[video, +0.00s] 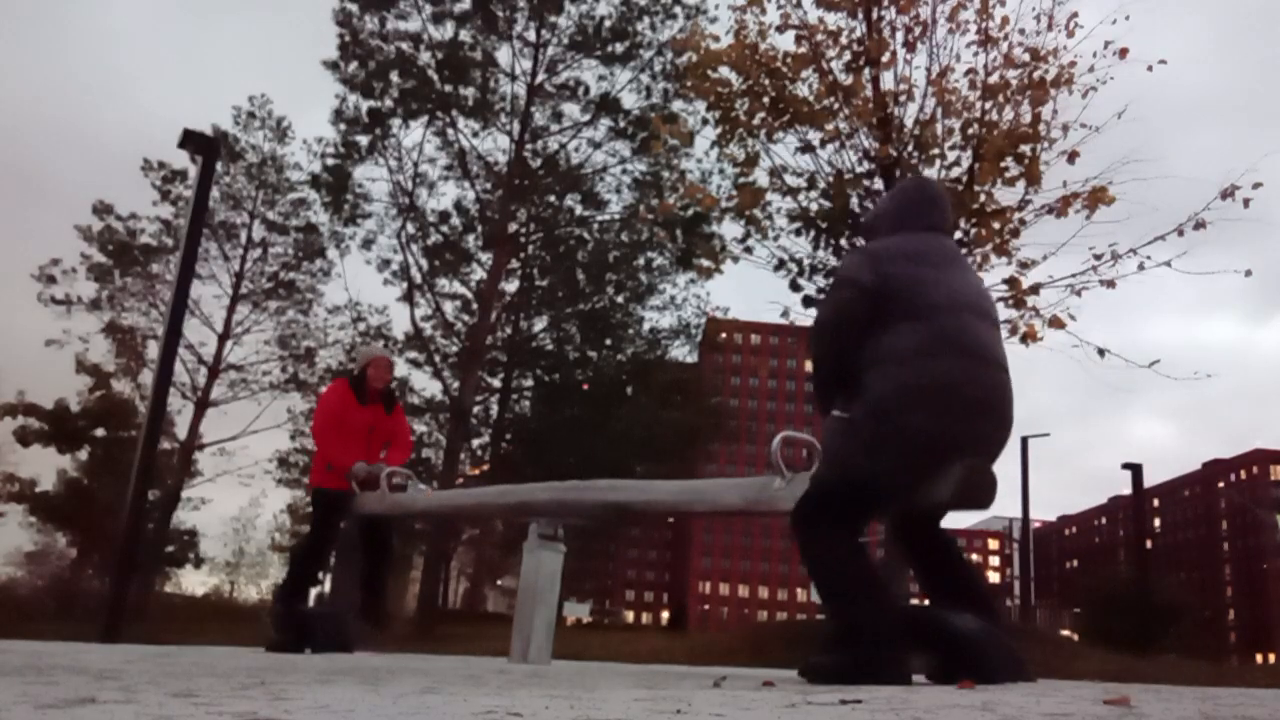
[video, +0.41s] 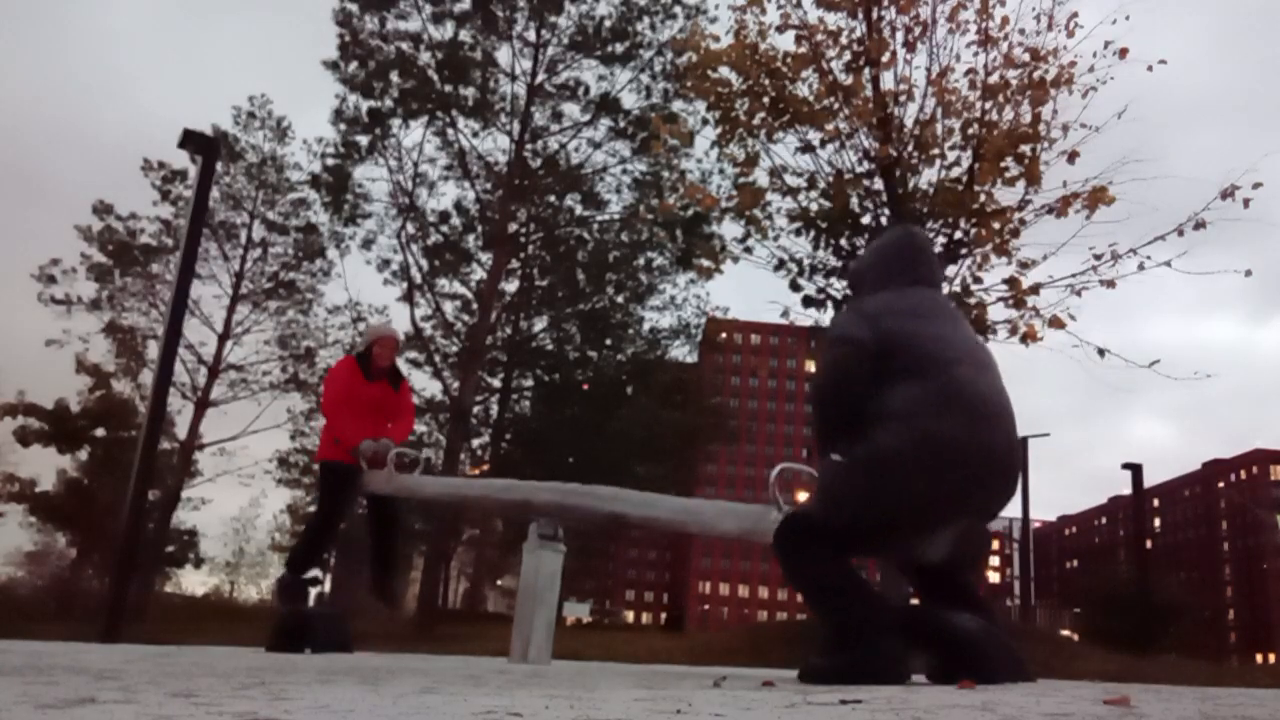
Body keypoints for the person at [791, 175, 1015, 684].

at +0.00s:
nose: (869, 218)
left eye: (877, 209)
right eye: (873, 208)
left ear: (890, 215)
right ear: (936, 221)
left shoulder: (873, 258)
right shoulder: (960, 269)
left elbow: (831, 327)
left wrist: (832, 394)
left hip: (906, 413)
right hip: (985, 416)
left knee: (820, 518)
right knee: (915, 526)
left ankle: (869, 649)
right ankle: (986, 643)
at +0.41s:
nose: (854, 281)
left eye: (860, 274)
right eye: (857, 274)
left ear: (876, 272)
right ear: (922, 273)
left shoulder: (866, 313)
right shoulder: (947, 315)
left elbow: (834, 398)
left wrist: (835, 444)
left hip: (916, 455)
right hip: (994, 461)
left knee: (802, 538)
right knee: (934, 566)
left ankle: (867, 650)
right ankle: (990, 659)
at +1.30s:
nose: (841, 247)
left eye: (844, 239)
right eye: (843, 241)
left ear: (858, 231)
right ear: (907, 225)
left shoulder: (858, 265)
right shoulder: (934, 263)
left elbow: (836, 345)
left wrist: (840, 393)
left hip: (912, 397)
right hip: (989, 397)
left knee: (824, 505)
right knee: (923, 510)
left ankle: (858, 644)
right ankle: (980, 639)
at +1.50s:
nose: (849, 182)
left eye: (851, 173)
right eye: (852, 175)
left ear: (866, 161)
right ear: (913, 158)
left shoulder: (867, 189)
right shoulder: (946, 194)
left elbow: (846, 265)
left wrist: (833, 322)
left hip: (912, 322)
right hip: (985, 328)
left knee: (834, 442)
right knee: (917, 451)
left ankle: (856, 612)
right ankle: (968, 599)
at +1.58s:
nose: (852, 168)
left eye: (856, 159)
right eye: (853, 161)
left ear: (870, 147)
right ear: (918, 139)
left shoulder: (873, 174)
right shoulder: (946, 178)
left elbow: (844, 257)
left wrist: (834, 314)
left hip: (914, 310)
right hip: (985, 318)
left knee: (828, 412)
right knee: (911, 426)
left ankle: (857, 546)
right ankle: (959, 558)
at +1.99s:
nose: (869, 118)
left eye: (873, 107)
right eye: (869, 110)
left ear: (893, 93)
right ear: (930, 88)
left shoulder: (899, 120)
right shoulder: (966, 135)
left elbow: (851, 197)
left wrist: (810, 259)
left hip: (897, 271)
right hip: (965, 282)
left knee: (828, 360)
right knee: (909, 386)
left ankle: (840, 492)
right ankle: (940, 520)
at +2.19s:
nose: (867, 110)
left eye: (873, 98)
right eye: (866, 99)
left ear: (899, 91)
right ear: (926, 89)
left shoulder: (926, 118)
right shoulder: (956, 132)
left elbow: (888, 163)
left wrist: (816, 193)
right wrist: (832, 203)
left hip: (910, 277)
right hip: (964, 287)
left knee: (822, 356)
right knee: (906, 399)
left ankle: (839, 482)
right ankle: (950, 532)